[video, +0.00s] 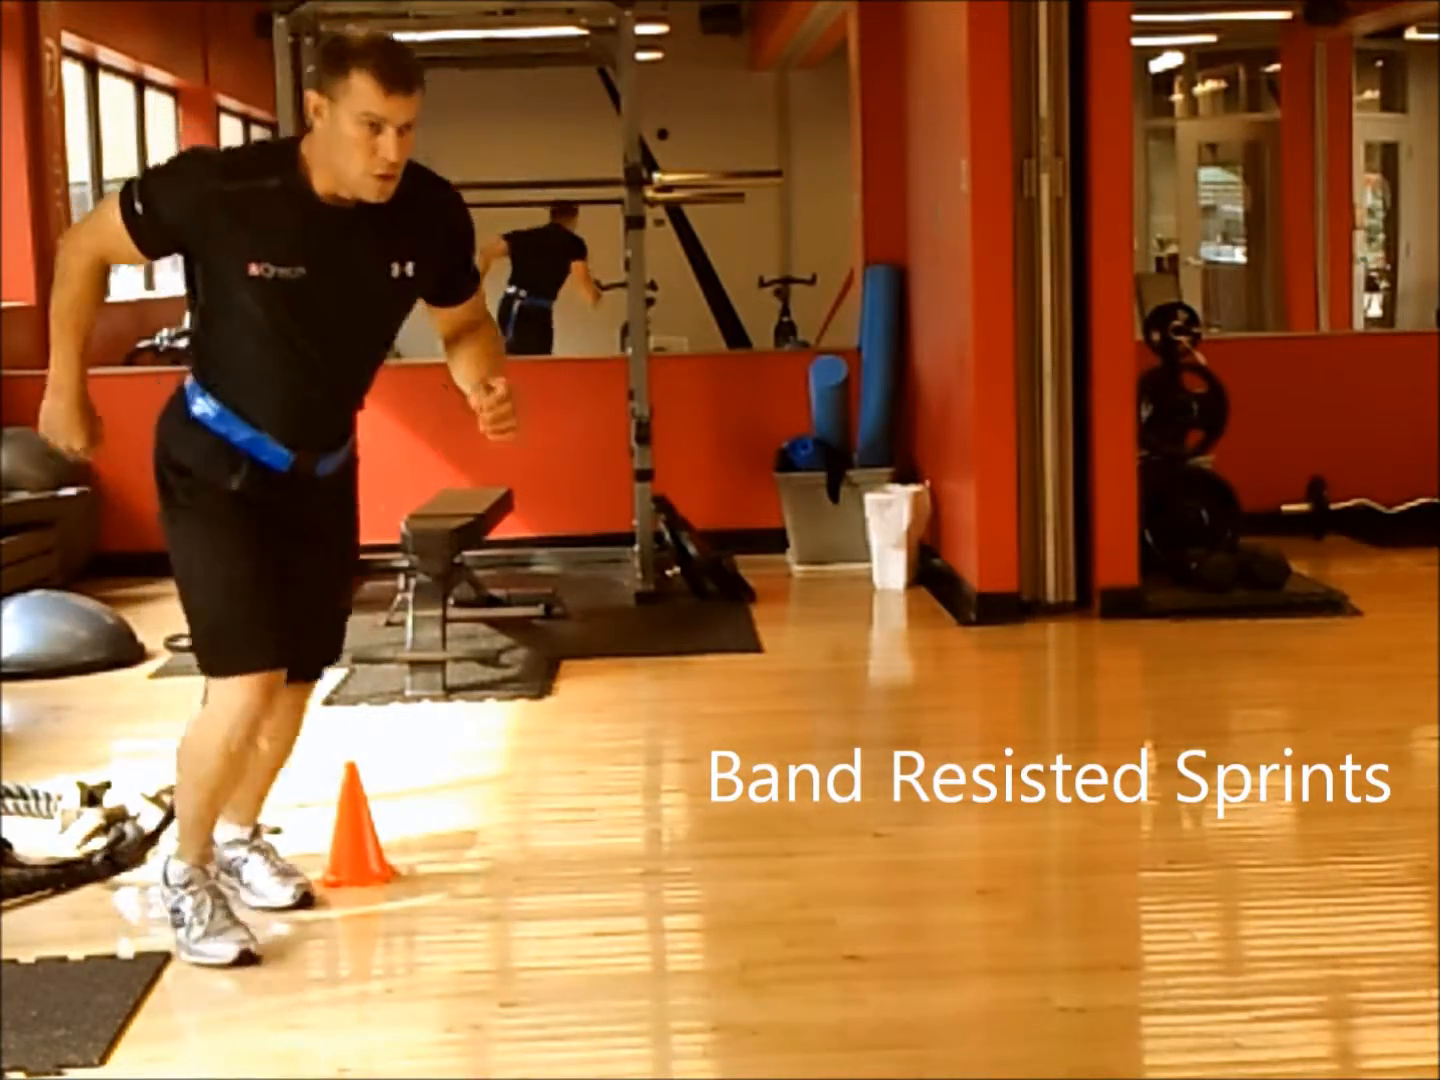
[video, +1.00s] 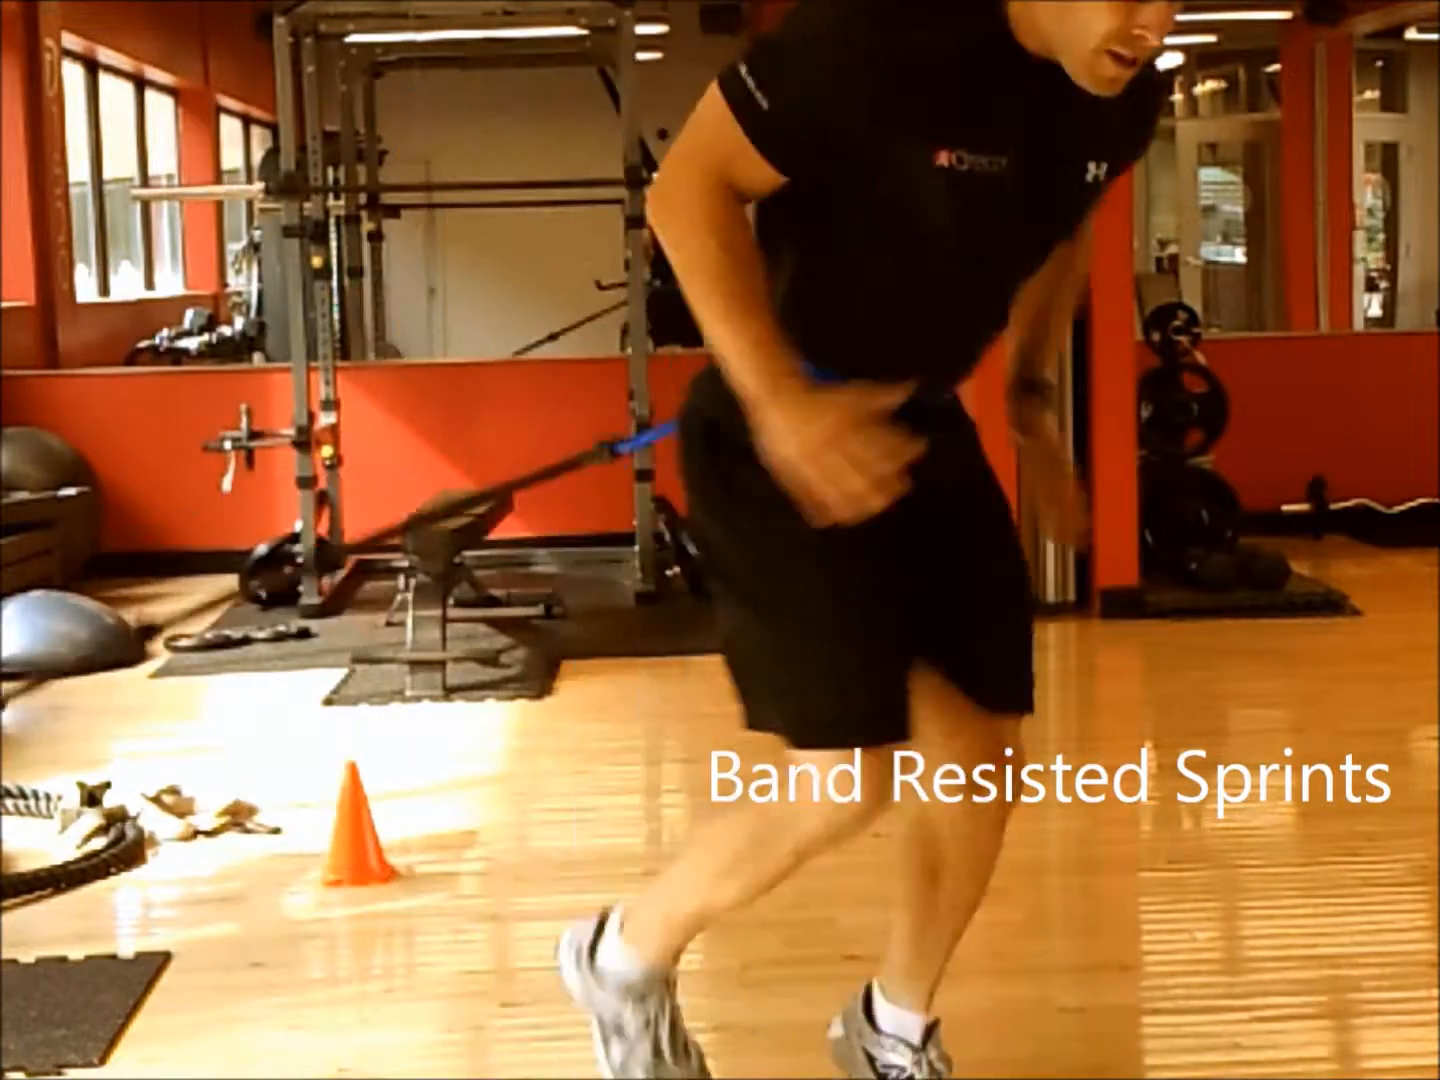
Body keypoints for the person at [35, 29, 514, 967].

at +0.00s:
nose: (394, 149)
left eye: (406, 128)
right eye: (373, 126)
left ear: (418, 125)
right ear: (318, 113)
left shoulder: (427, 214)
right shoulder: (216, 187)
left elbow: (467, 326)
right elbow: (83, 249)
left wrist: (485, 384)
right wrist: (65, 387)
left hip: (320, 473)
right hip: (216, 462)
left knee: (296, 678)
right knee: (246, 678)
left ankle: (236, 837)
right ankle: (183, 872)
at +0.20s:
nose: (460, 170)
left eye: (472, 146)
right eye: (437, 144)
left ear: (485, 143)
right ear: (374, 137)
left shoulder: (491, 226)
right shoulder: (284, 215)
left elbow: (493, 318)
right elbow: (197, 367)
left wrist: (477, 428)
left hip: (400, 493)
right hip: (272, 494)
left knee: (441, 709)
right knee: (245, 715)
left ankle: (350, 802)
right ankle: (191, 877)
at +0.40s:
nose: (660, 133)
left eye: (677, 111)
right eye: (637, 105)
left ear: (688, 108)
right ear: (570, 86)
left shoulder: (659, 186)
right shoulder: (457, 164)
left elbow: (603, 295)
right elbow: (339, 317)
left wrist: (606, 387)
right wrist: (505, 409)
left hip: (536, 474)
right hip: (403, 469)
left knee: (590, 709)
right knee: (374, 730)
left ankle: (535, 971)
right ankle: (234, 763)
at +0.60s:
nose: (836, 72)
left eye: (852, 45)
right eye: (810, 40)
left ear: (863, 38)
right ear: (732, 19)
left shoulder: (834, 130)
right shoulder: (603, 91)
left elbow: (835, 301)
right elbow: (398, 134)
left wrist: (919, 296)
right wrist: (363, 324)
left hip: (658, 447)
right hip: (542, 434)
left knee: (632, 711)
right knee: (629, 707)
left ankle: (534, 950)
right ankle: (470, 927)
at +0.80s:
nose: (955, 71)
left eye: (973, 42)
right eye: (932, 35)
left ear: (987, 38)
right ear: (847, 15)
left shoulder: (946, 138)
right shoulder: (710, 118)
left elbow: (909, 313)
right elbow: (591, 322)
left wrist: (918, 459)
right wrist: (789, 378)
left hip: (821, 492)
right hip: (681, 486)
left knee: (859, 815)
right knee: (708, 816)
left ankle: (642, 750)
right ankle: (635, 1069)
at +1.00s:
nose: (1150, 27)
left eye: (1170, 5)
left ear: (1179, 10)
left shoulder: (1119, 103)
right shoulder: (872, 40)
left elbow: (1061, 237)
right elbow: (688, 186)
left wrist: (1030, 401)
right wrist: (780, 398)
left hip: (920, 416)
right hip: (772, 415)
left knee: (981, 745)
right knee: (844, 771)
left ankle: (893, 1025)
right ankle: (623, 955)